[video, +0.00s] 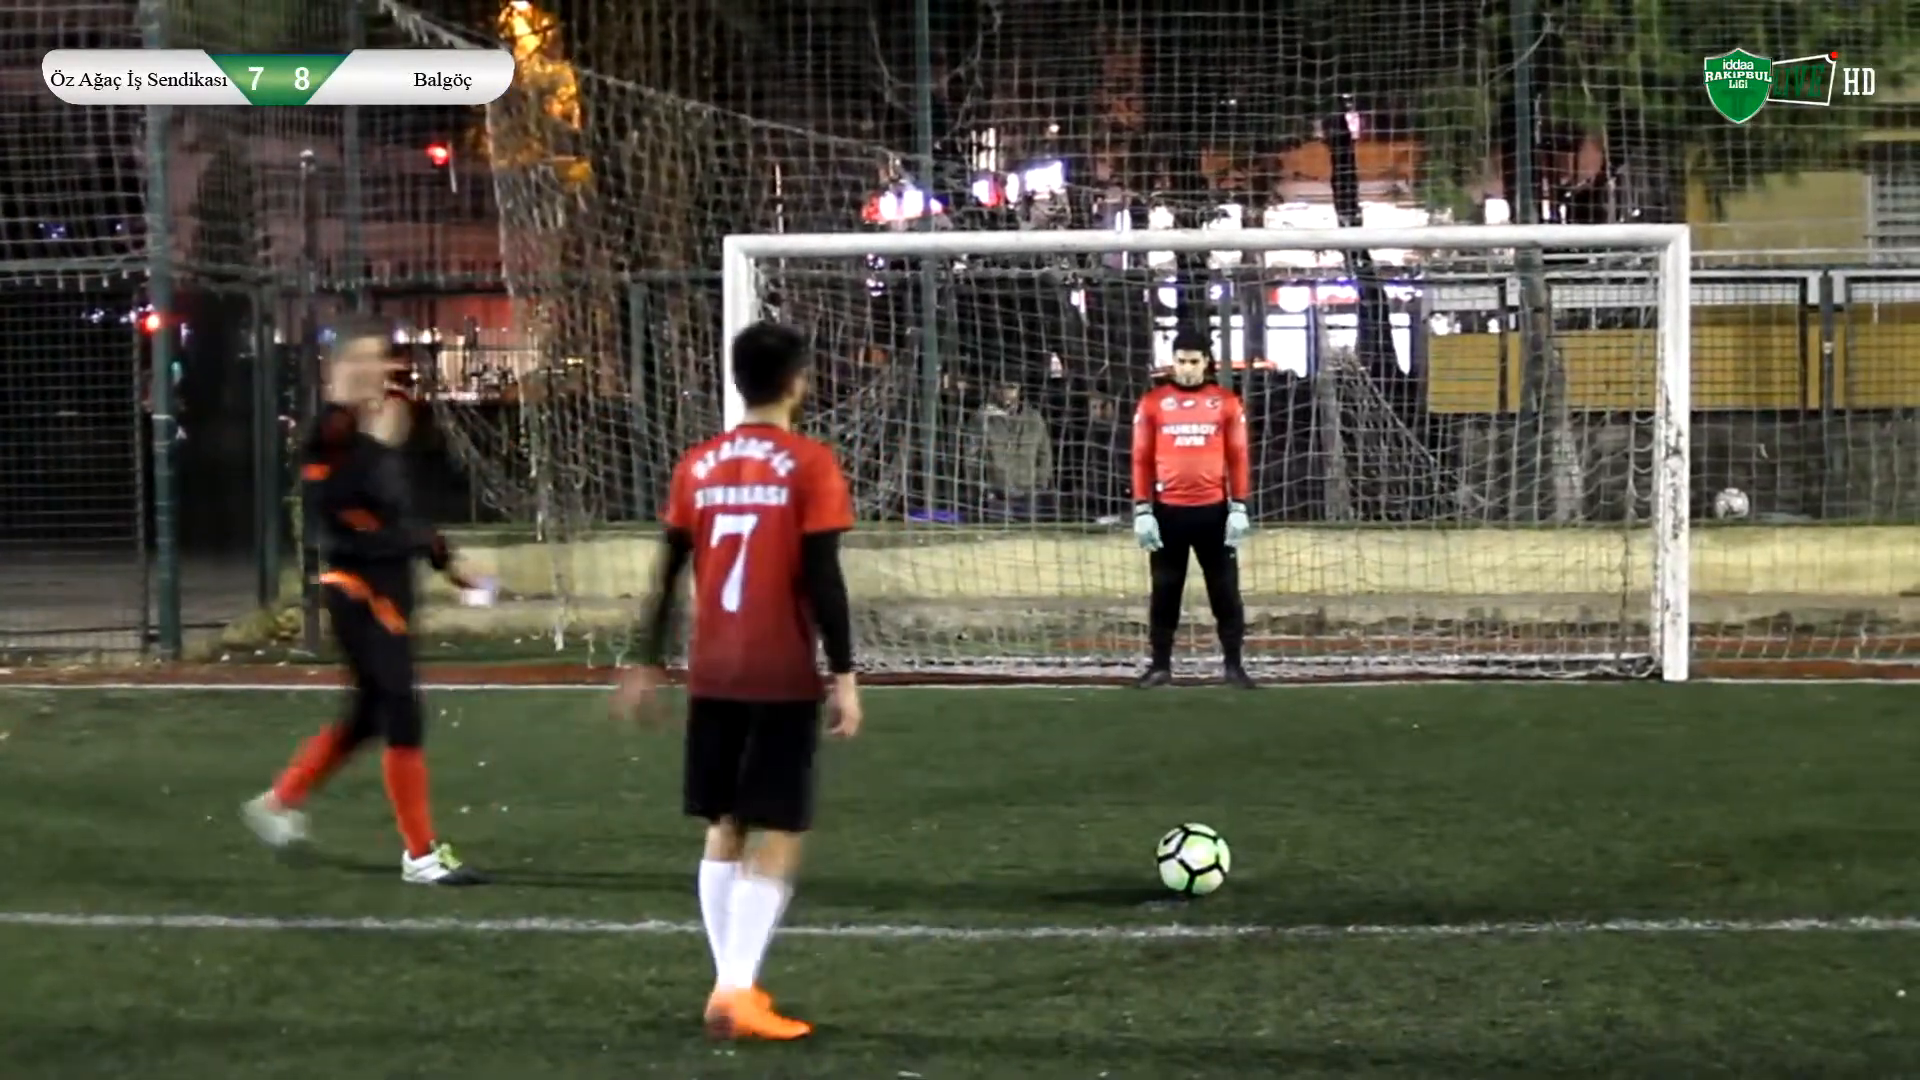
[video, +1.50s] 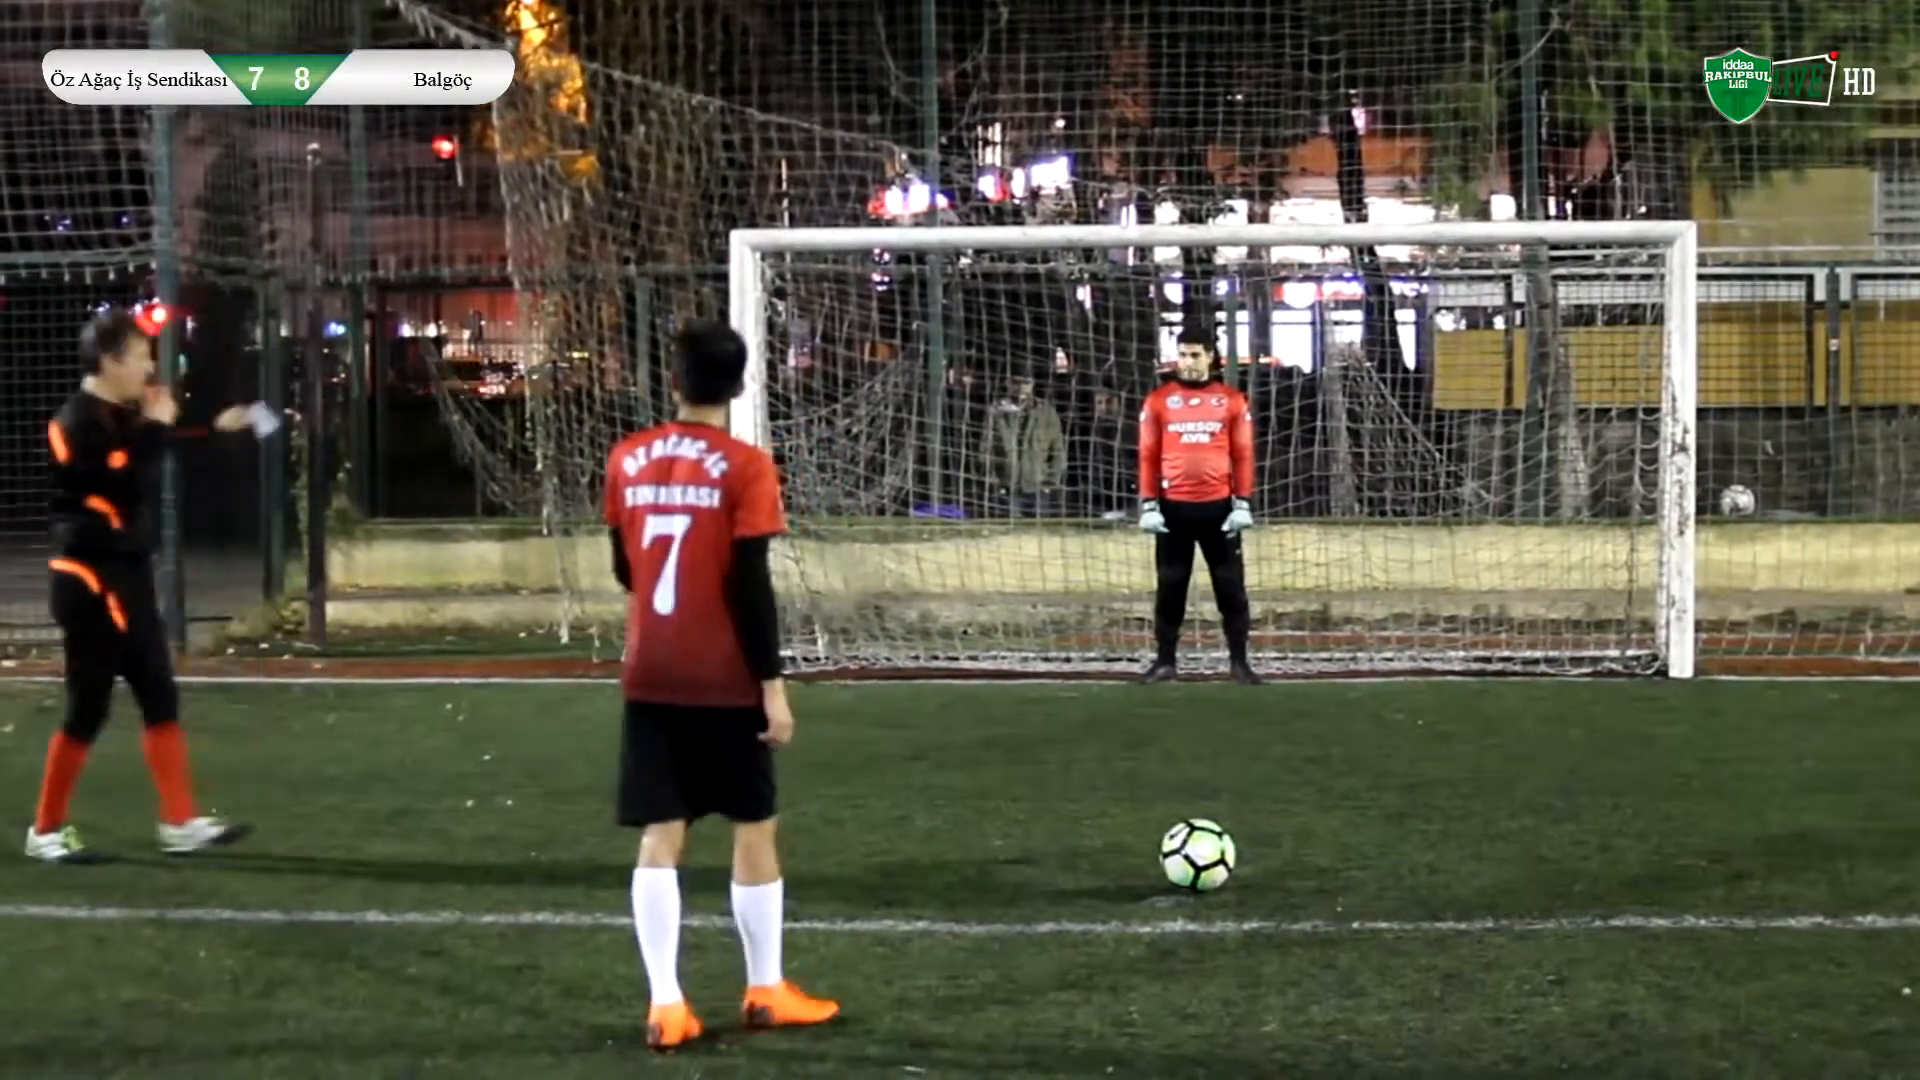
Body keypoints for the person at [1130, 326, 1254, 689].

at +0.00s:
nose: (1187, 368)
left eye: (1194, 361)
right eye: (1181, 361)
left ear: (1207, 363)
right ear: (1172, 364)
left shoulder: (1227, 402)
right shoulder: (1152, 403)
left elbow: (1238, 456)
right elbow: (1141, 458)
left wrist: (1239, 504)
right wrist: (1142, 508)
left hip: (1214, 509)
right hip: (1167, 510)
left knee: (1225, 593)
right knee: (1164, 592)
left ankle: (1233, 664)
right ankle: (1160, 665)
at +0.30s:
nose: (1188, 368)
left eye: (1194, 361)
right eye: (1181, 361)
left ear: (1207, 363)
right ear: (1172, 363)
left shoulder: (1227, 402)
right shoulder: (1152, 403)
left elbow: (1239, 455)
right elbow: (1142, 458)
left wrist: (1239, 504)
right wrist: (1143, 507)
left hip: (1214, 508)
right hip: (1168, 509)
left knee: (1225, 592)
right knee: (1164, 592)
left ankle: (1233, 663)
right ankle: (1160, 663)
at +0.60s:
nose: (1188, 367)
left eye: (1195, 360)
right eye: (1182, 360)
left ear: (1208, 363)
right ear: (1173, 363)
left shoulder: (1228, 402)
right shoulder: (1152, 403)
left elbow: (1240, 455)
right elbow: (1142, 457)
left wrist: (1240, 503)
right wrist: (1144, 506)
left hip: (1215, 508)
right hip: (1169, 509)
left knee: (1226, 591)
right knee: (1165, 591)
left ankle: (1235, 664)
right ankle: (1161, 663)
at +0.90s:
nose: (1189, 366)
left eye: (1196, 359)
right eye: (1183, 359)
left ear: (1209, 361)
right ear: (1174, 361)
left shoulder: (1229, 402)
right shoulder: (1154, 402)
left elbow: (1241, 454)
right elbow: (1144, 456)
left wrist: (1241, 501)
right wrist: (1145, 504)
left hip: (1216, 507)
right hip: (1170, 508)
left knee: (1228, 591)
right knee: (1167, 590)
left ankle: (1236, 663)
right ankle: (1162, 662)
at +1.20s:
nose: (1190, 362)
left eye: (1197, 355)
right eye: (1184, 355)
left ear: (1212, 359)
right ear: (1177, 358)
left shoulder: (1232, 401)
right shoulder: (1157, 401)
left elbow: (1244, 453)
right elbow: (1147, 454)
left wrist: (1243, 500)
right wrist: (1148, 502)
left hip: (1219, 506)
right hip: (1173, 507)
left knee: (1231, 589)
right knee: (1170, 588)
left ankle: (1239, 661)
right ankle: (1165, 661)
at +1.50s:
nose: (1188, 362)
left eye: (1196, 355)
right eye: (1184, 355)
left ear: (1212, 359)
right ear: (1176, 357)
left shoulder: (1232, 401)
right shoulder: (1158, 400)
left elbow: (1243, 453)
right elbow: (1148, 454)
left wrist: (1242, 500)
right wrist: (1149, 502)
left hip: (1219, 505)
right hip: (1173, 506)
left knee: (1231, 588)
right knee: (1170, 587)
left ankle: (1239, 661)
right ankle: (1165, 660)